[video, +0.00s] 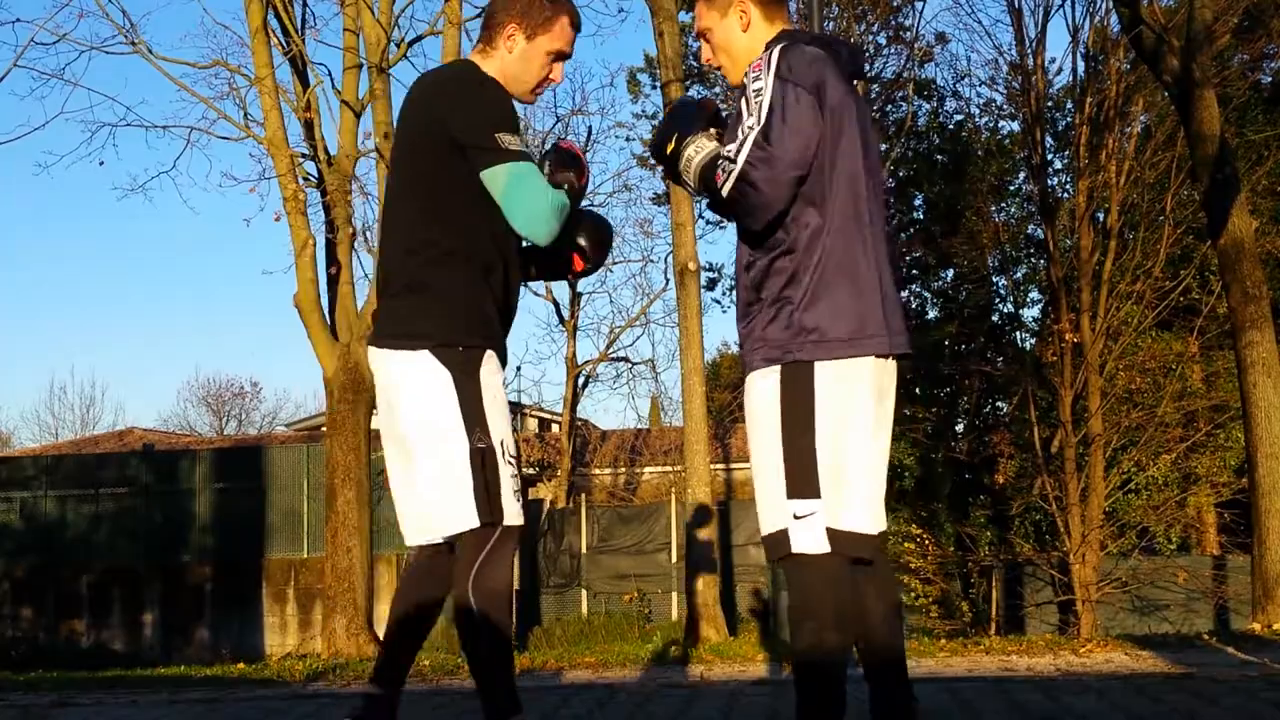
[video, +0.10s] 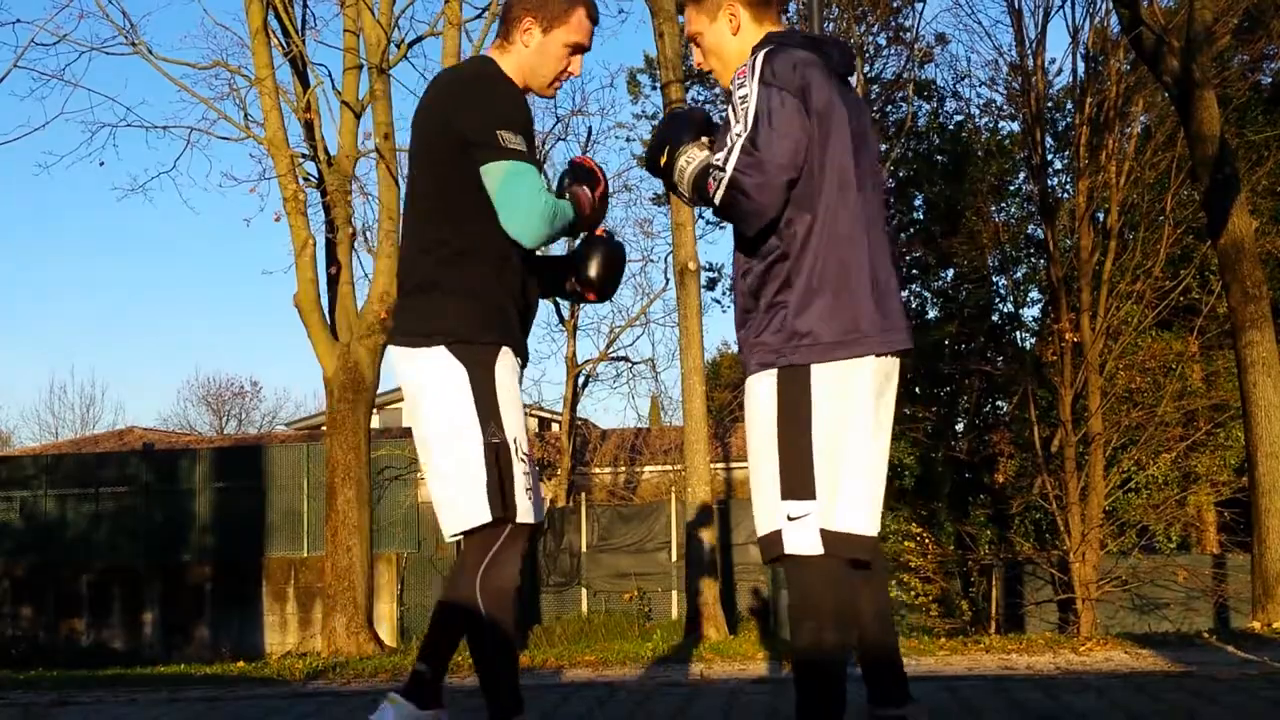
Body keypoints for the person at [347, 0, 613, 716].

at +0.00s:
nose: (558, 76)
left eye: (564, 61)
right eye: (555, 57)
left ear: (509, 35)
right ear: (513, 35)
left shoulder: (449, 98)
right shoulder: (469, 91)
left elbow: (481, 249)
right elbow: (538, 219)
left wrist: (568, 254)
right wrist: (562, 178)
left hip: (414, 342)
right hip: (446, 345)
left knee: (441, 534)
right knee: (493, 528)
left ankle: (378, 705)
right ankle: (503, 713)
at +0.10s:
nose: (576, 67)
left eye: (581, 53)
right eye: (572, 49)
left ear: (528, 30)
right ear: (527, 28)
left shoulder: (486, 99)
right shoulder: (481, 88)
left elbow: (489, 253)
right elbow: (531, 221)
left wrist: (566, 275)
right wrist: (580, 199)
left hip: (463, 339)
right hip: (457, 341)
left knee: (496, 526)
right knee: (501, 525)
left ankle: (417, 697)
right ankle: (506, 711)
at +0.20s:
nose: (594, 62)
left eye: (599, 48)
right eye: (589, 43)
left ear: (551, 30)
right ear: (543, 25)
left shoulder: (512, 105)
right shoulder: (490, 88)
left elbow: (506, 256)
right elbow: (504, 216)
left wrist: (578, 276)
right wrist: (576, 210)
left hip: (503, 345)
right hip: (473, 342)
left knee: (544, 523)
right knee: (514, 522)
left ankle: (490, 703)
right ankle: (494, 707)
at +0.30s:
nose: (609, 58)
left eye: (615, 44)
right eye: (605, 38)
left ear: (565, 25)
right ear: (558, 19)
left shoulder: (546, 112)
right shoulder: (492, 82)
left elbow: (537, 252)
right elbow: (474, 203)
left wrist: (615, 241)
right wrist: (570, 189)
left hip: (536, 348)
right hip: (479, 343)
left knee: (574, 520)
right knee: (510, 525)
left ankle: (553, 707)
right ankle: (507, 714)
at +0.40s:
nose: (620, 59)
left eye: (628, 46)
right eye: (617, 39)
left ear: (582, 26)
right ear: (570, 18)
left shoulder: (570, 126)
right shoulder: (493, 77)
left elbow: (592, 253)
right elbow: (465, 188)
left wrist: (649, 206)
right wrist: (571, 176)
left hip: (558, 348)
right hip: (491, 342)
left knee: (582, 530)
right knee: (514, 530)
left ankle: (606, 709)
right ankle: (508, 713)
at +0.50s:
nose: (624, 67)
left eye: (632, 54)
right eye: (620, 46)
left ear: (588, 33)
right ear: (577, 25)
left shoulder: (588, 129)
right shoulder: (496, 84)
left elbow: (660, 226)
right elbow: (494, 187)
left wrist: (711, 172)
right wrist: (604, 163)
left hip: (575, 349)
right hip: (503, 344)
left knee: (598, 531)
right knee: (531, 529)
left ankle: (610, 711)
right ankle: (515, 713)